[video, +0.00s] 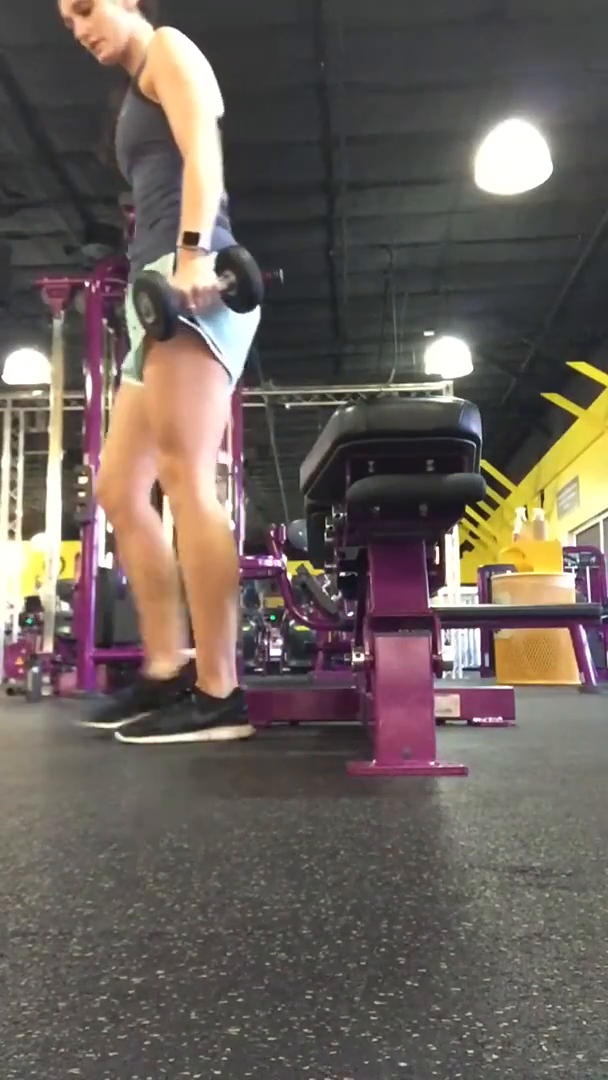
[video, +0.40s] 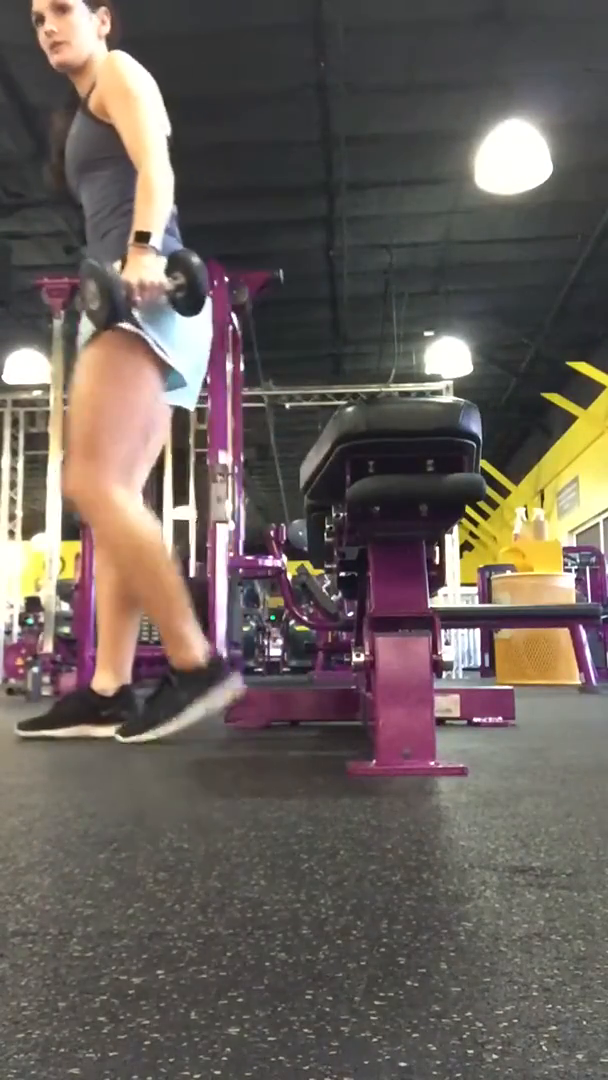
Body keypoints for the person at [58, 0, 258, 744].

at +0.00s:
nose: (79, 26)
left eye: (87, 8)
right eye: (69, 18)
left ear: (128, 1)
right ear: (72, 27)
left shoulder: (167, 49)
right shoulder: (135, 91)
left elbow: (201, 149)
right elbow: (155, 201)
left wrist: (191, 250)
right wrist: (143, 277)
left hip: (199, 283)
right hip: (162, 291)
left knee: (185, 476)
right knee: (121, 488)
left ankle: (219, 691)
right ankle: (165, 674)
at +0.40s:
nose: (48, 27)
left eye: (62, 12)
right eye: (39, 18)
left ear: (102, 19)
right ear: (38, 33)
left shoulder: (118, 73)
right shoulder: (91, 102)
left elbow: (156, 166)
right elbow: (118, 205)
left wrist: (145, 248)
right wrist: (101, 283)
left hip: (145, 289)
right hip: (143, 293)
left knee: (90, 478)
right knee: (115, 495)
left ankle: (195, 662)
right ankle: (107, 687)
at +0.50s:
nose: (47, 30)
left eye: (61, 16)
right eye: (38, 21)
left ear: (100, 25)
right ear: (38, 38)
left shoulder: (112, 76)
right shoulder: (90, 103)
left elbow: (150, 165)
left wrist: (131, 244)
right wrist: (92, 280)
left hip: (133, 292)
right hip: (165, 300)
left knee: (44, 461)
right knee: (117, 501)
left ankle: (185, 604)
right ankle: (110, 689)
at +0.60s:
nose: (48, 30)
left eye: (63, 16)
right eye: (40, 21)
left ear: (102, 27)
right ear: (39, 37)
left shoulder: (112, 79)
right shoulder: (87, 104)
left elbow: (143, 167)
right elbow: (105, 208)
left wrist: (116, 240)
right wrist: (81, 278)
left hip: (129, 293)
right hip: (159, 300)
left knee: (21, 448)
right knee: (113, 504)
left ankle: (196, 507)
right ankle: (109, 690)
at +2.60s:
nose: (61, 38)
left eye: (77, 24)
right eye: (54, 27)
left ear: (114, 36)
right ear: (53, 40)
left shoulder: (111, 90)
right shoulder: (92, 105)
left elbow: (118, 181)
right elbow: (116, 196)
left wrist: (97, 267)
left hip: (108, 295)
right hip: (91, 299)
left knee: (116, 487)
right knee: (53, 501)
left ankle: (305, 491)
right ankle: (83, 688)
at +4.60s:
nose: (18, 65)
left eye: (25, 51)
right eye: (21, 53)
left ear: (58, 49)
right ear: (71, 54)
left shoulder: (60, 98)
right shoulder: (91, 122)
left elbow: (73, 191)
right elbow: (121, 253)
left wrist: (35, 288)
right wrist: (116, 328)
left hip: (82, 318)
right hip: (89, 322)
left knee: (122, 504)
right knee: (27, 515)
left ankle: (304, 493)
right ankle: (76, 690)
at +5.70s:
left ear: (19, 147)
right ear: (40, 155)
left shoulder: (27, 200)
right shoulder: (51, 217)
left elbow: (40, 298)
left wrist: (23, 398)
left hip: (143, 392)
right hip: (117, 414)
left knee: (148, 592)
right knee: (13, 512)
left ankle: (306, 499)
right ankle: (36, 691)